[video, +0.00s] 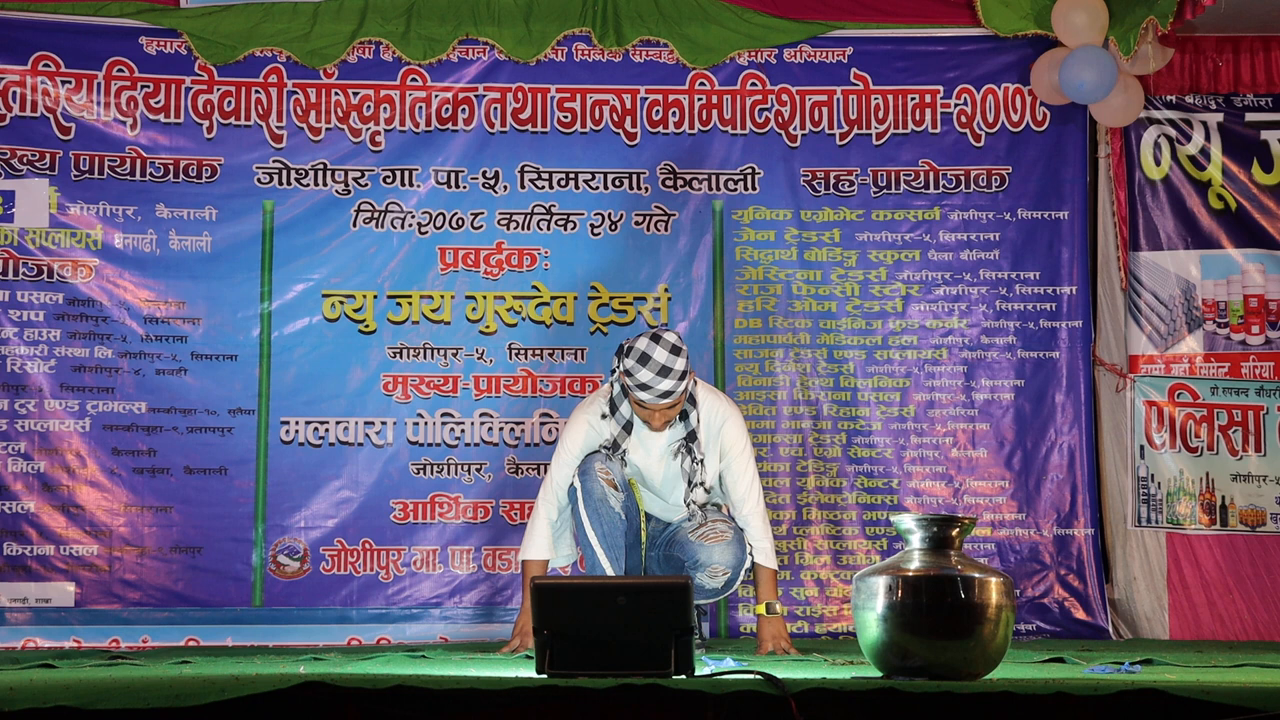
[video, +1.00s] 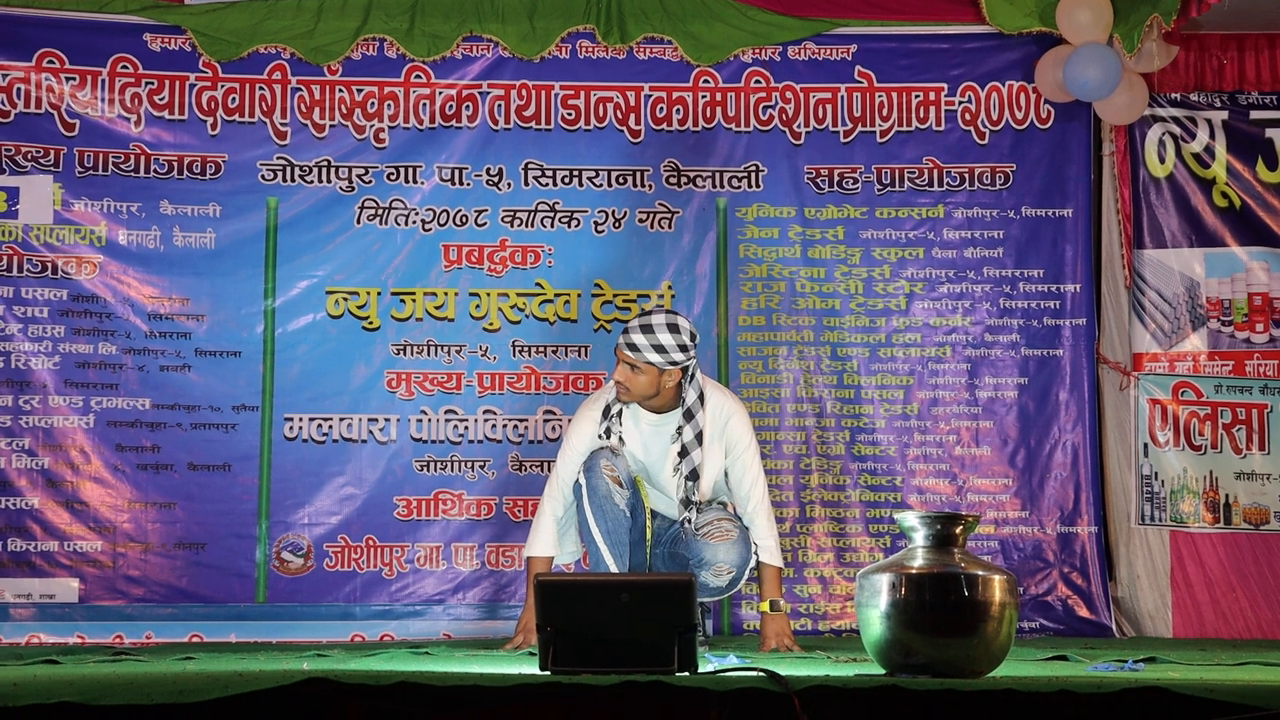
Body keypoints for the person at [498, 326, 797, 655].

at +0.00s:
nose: (657, 418)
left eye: (669, 407)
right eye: (645, 407)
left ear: (685, 388)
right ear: (626, 390)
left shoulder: (720, 415)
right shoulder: (593, 415)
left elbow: (752, 511)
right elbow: (549, 503)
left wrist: (769, 611)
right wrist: (530, 605)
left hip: (683, 542)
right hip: (621, 538)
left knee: (723, 549)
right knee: (596, 468)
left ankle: (685, 612)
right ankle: (616, 609)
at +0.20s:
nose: (659, 418)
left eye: (669, 407)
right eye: (646, 407)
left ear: (686, 387)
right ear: (627, 390)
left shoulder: (721, 415)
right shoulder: (594, 414)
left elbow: (753, 509)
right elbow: (550, 502)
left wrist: (769, 610)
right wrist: (529, 606)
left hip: (684, 540)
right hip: (621, 536)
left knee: (724, 550)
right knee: (596, 467)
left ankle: (679, 615)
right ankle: (615, 610)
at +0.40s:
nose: (634, 406)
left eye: (649, 399)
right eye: (628, 391)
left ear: (682, 388)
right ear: (623, 375)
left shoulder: (723, 416)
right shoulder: (597, 412)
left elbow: (755, 510)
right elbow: (551, 501)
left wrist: (770, 610)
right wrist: (530, 605)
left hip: (684, 544)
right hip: (623, 537)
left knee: (722, 543)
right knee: (598, 466)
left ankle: (684, 616)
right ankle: (618, 612)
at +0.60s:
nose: (618, 383)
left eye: (633, 377)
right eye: (618, 369)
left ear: (673, 382)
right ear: (616, 361)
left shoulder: (724, 415)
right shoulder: (596, 413)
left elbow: (757, 511)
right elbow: (552, 503)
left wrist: (772, 611)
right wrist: (531, 604)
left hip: (686, 539)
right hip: (624, 533)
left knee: (726, 551)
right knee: (601, 464)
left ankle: (686, 613)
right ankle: (615, 611)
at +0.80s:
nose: (616, 378)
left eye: (632, 371)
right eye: (617, 363)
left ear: (671, 377)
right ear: (615, 357)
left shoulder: (724, 414)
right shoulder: (597, 411)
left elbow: (757, 509)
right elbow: (553, 502)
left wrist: (773, 610)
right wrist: (532, 603)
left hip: (689, 539)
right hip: (627, 532)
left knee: (726, 548)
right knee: (601, 463)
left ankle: (691, 611)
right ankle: (616, 607)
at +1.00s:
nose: (617, 376)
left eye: (632, 369)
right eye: (618, 362)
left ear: (672, 376)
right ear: (616, 356)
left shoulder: (725, 414)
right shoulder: (598, 411)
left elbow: (758, 508)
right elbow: (554, 502)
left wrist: (774, 609)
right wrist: (533, 604)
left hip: (691, 538)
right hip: (628, 531)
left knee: (727, 551)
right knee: (602, 463)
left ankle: (689, 612)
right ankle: (618, 608)